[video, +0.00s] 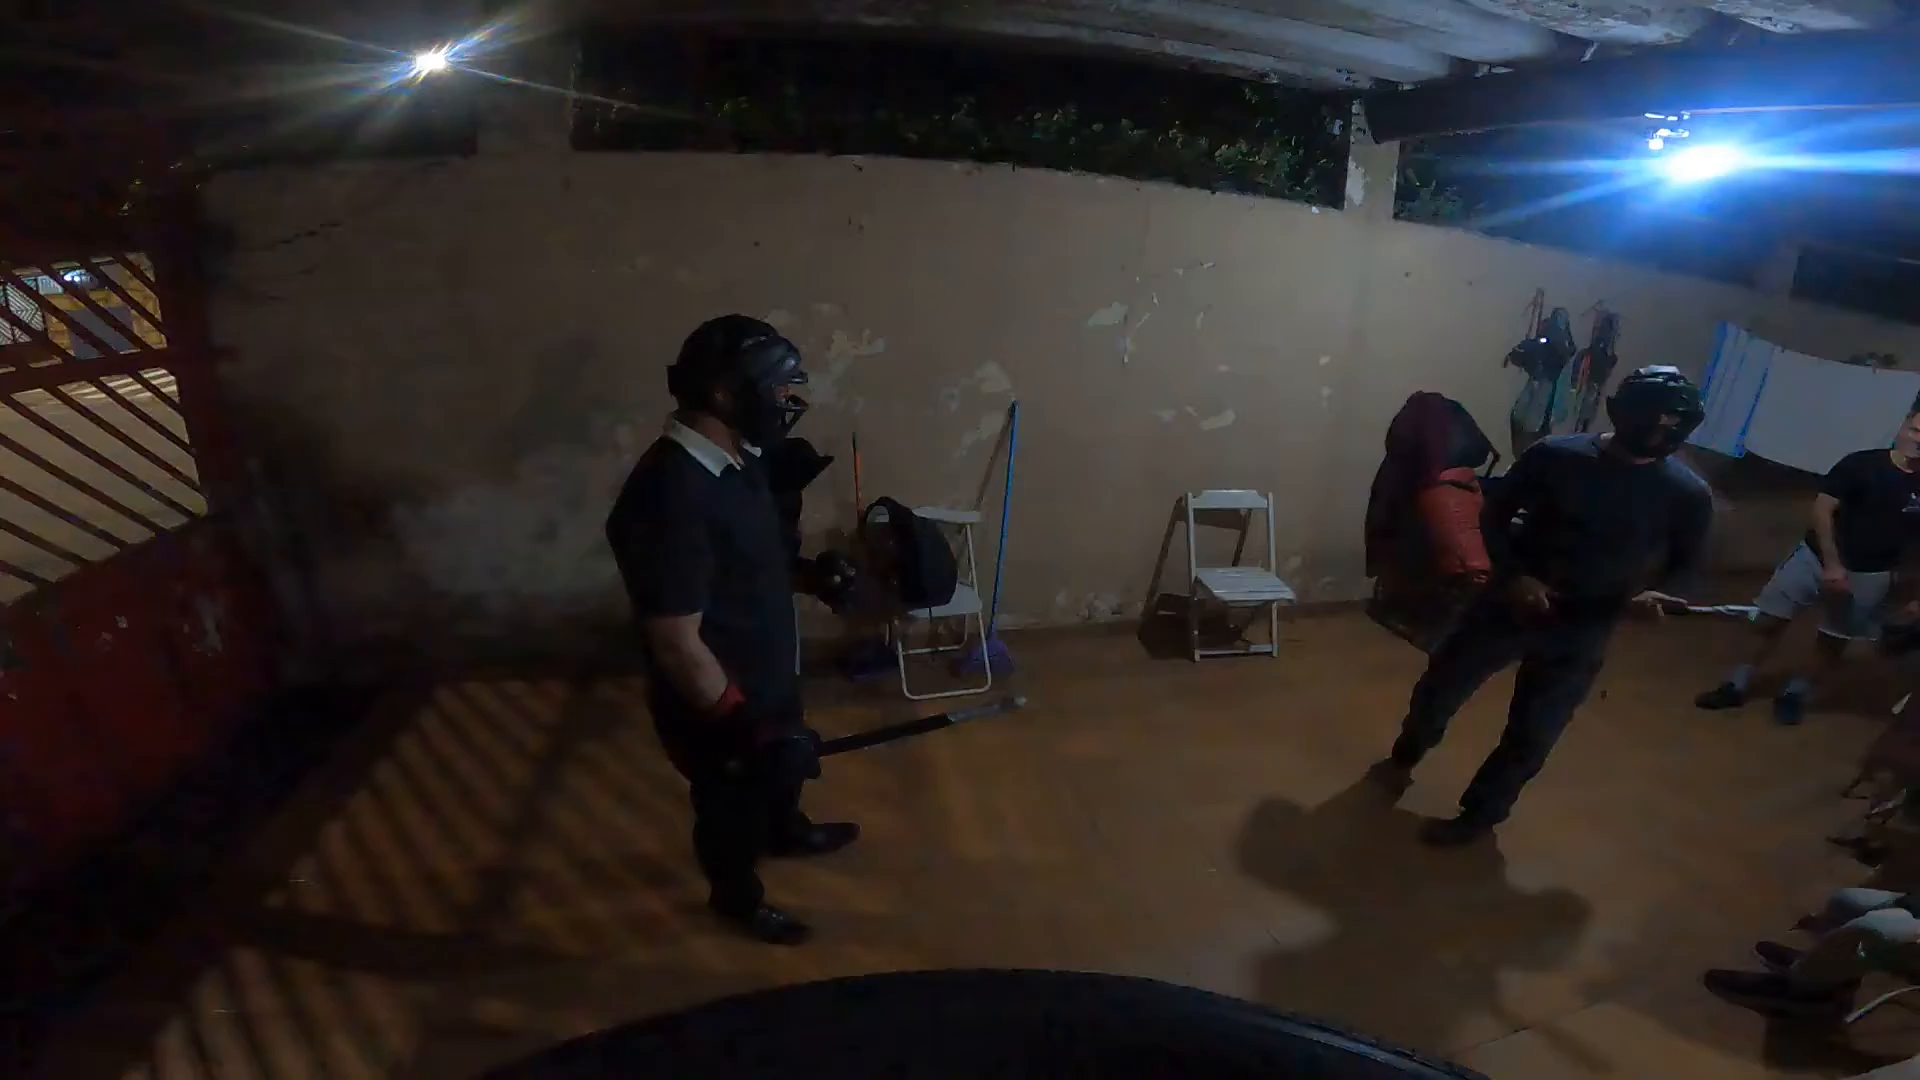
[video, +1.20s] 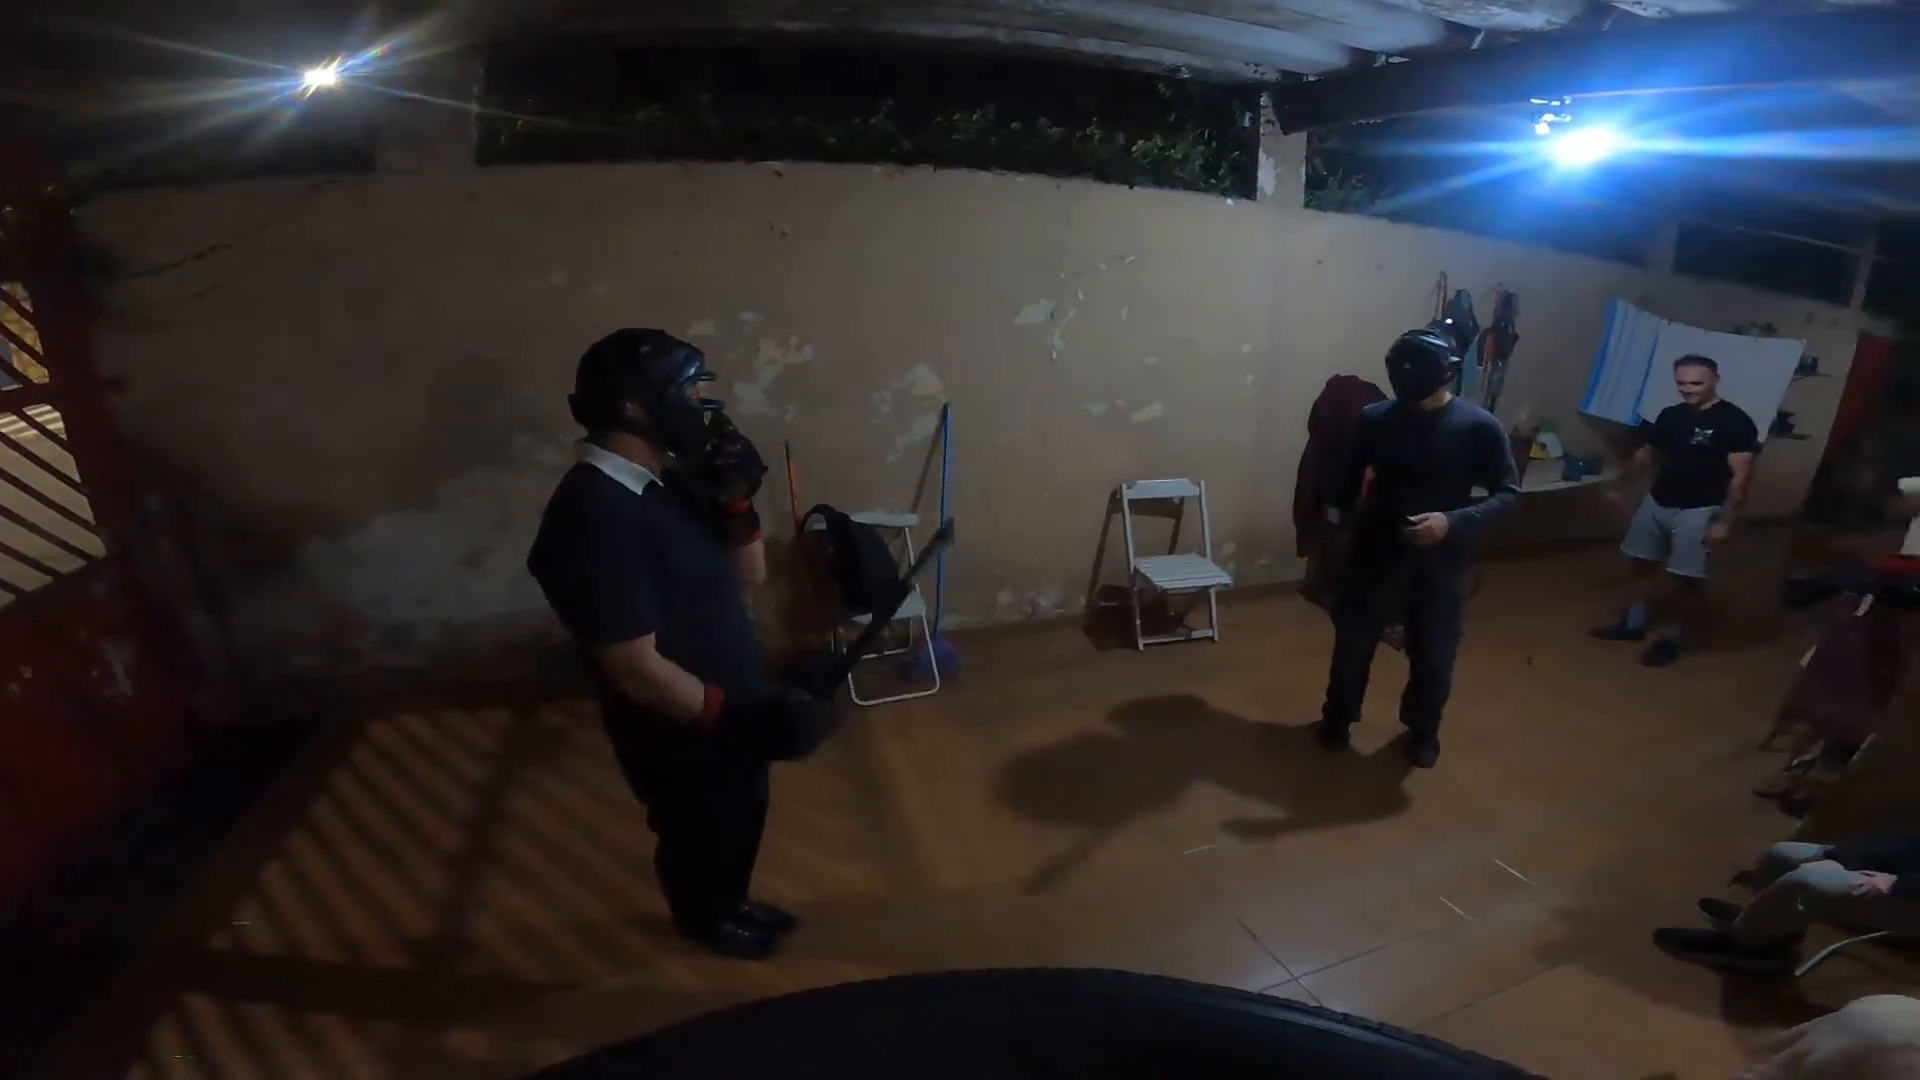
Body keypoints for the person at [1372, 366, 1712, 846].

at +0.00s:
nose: (1663, 425)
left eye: (1675, 417)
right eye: (1653, 412)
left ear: (1683, 428)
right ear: (1622, 409)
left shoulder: (1688, 498)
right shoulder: (1554, 457)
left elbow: (1689, 575)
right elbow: (1493, 512)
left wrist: (1664, 598)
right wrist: (1512, 574)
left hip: (1582, 633)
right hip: (1512, 605)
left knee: (1530, 739)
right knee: (1439, 686)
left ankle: (1476, 820)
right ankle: (1409, 750)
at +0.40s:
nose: (1617, 416)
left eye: (1623, 406)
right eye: (1607, 404)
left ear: (1625, 412)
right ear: (1573, 403)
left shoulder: (1626, 479)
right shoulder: (1504, 452)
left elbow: (1624, 546)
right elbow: (1452, 516)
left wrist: (1623, 575)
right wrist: (1492, 571)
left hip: (1550, 622)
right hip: (1479, 604)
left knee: (1520, 729)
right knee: (1428, 683)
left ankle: (1484, 814)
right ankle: (1393, 749)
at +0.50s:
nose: (1591, 412)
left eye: (1598, 403)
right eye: (1580, 401)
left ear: (1604, 409)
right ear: (1548, 399)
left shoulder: (1605, 474)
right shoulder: (1487, 449)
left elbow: (1608, 537)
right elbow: (1437, 513)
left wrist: (1600, 564)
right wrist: (1473, 566)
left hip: (1536, 612)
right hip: (1464, 598)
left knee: (1509, 717)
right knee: (1420, 681)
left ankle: (1479, 810)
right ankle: (1390, 746)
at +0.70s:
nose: (1519, 393)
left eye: (1530, 383)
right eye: (1508, 381)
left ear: (1542, 390)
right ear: (1483, 382)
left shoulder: (1558, 456)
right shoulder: (1442, 439)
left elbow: (1576, 523)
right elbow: (1400, 503)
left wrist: (1546, 549)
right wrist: (1419, 551)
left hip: (1502, 593)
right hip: (1434, 579)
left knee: (1482, 704)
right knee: (1399, 665)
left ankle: (1457, 799)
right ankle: (1379, 739)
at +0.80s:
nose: (1485, 387)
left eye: (1497, 377)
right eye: (1476, 375)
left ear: (1514, 385)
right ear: (1457, 379)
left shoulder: (1540, 449)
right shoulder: (1425, 435)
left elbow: (1560, 518)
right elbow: (1386, 498)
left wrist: (1523, 542)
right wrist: (1404, 546)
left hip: (1488, 580)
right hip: (1423, 569)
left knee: (1472, 697)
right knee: (1391, 659)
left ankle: (1447, 791)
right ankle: (1373, 737)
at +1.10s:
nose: (1423, 404)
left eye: (1429, 395)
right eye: (1418, 395)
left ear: (1449, 386)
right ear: (1409, 388)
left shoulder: (1493, 432)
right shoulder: (1387, 426)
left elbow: (1526, 498)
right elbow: (1361, 489)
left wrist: (1470, 527)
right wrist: (1362, 534)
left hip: (1454, 566)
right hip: (1391, 557)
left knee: (1446, 663)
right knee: (1364, 644)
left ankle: (1437, 746)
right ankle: (1350, 725)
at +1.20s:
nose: (1415, 399)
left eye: (1422, 390)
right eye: (1407, 389)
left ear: (1445, 380)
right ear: (1396, 381)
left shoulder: (1479, 428)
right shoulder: (1376, 422)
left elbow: (1509, 495)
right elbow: (1347, 485)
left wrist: (1453, 521)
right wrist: (1345, 528)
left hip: (1439, 560)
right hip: (1376, 551)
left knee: (1434, 655)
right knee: (1352, 638)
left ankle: (1424, 733)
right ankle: (1337, 718)